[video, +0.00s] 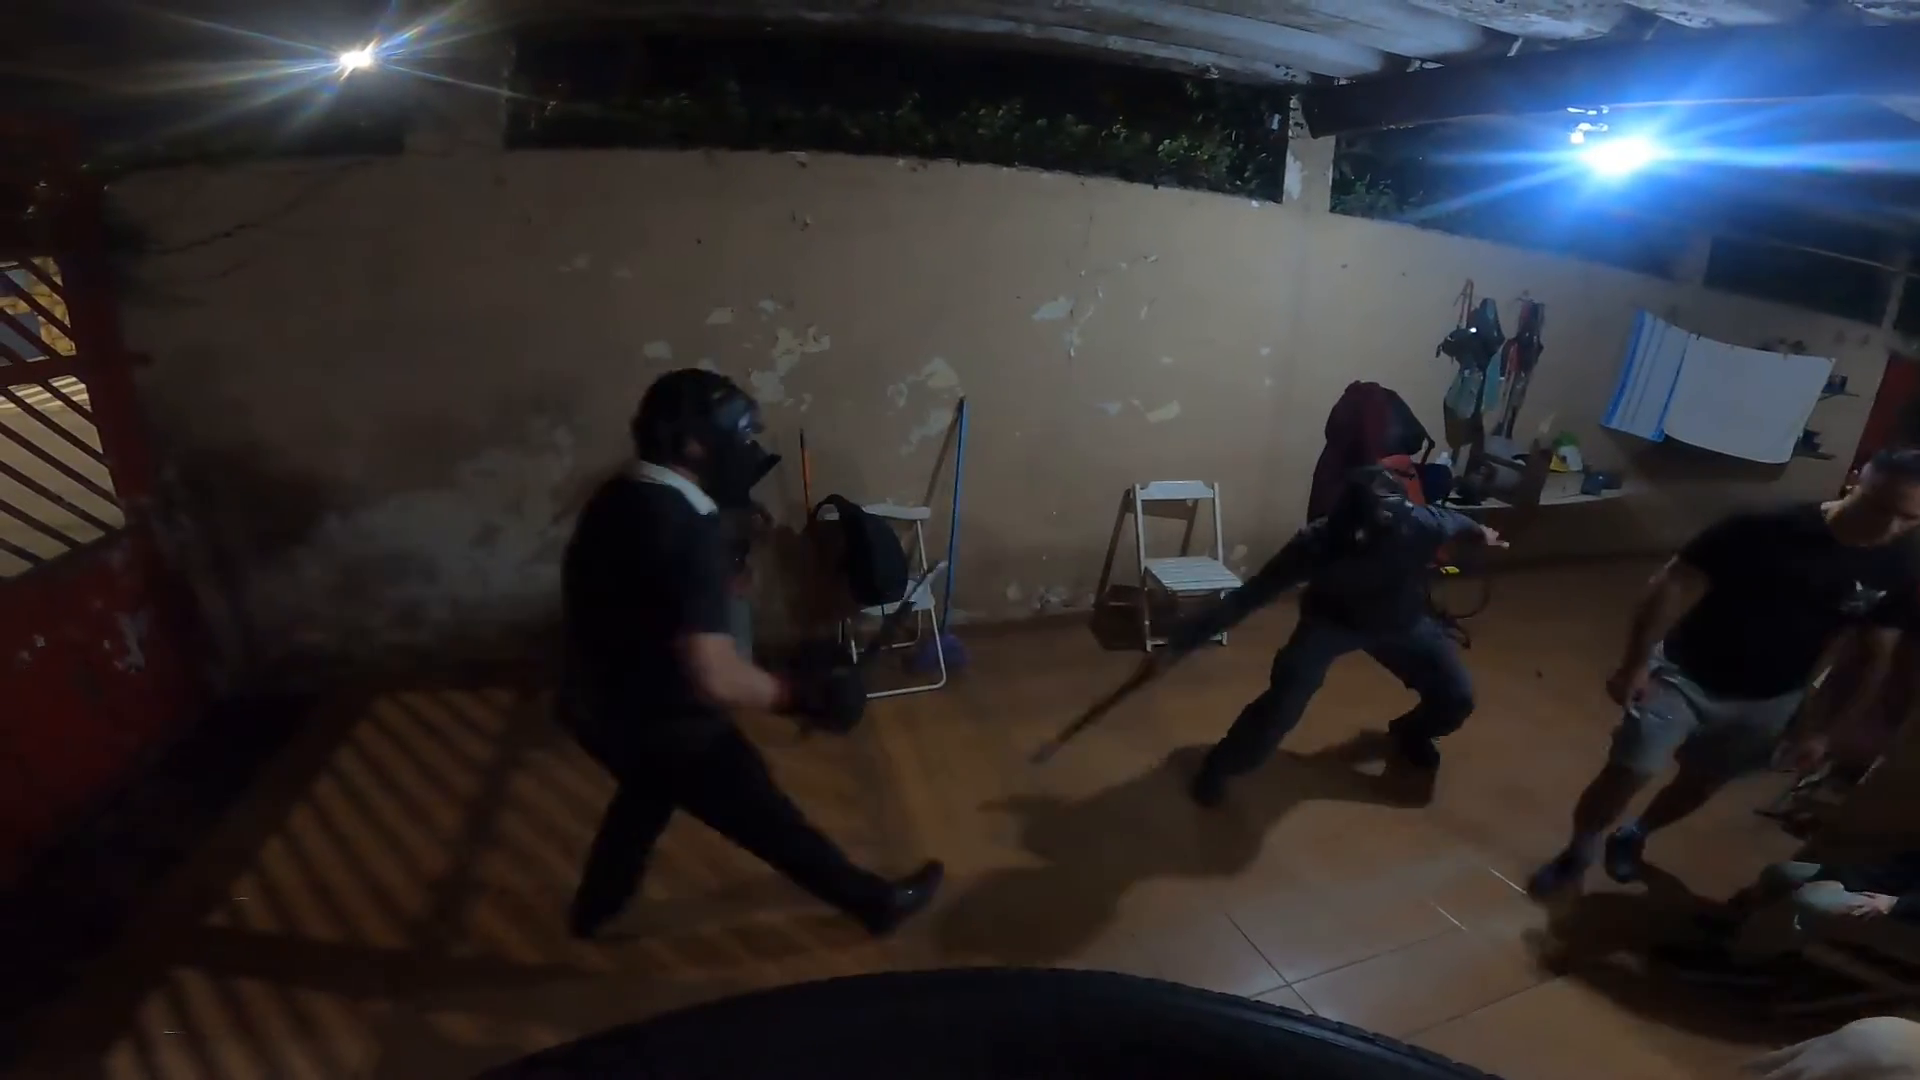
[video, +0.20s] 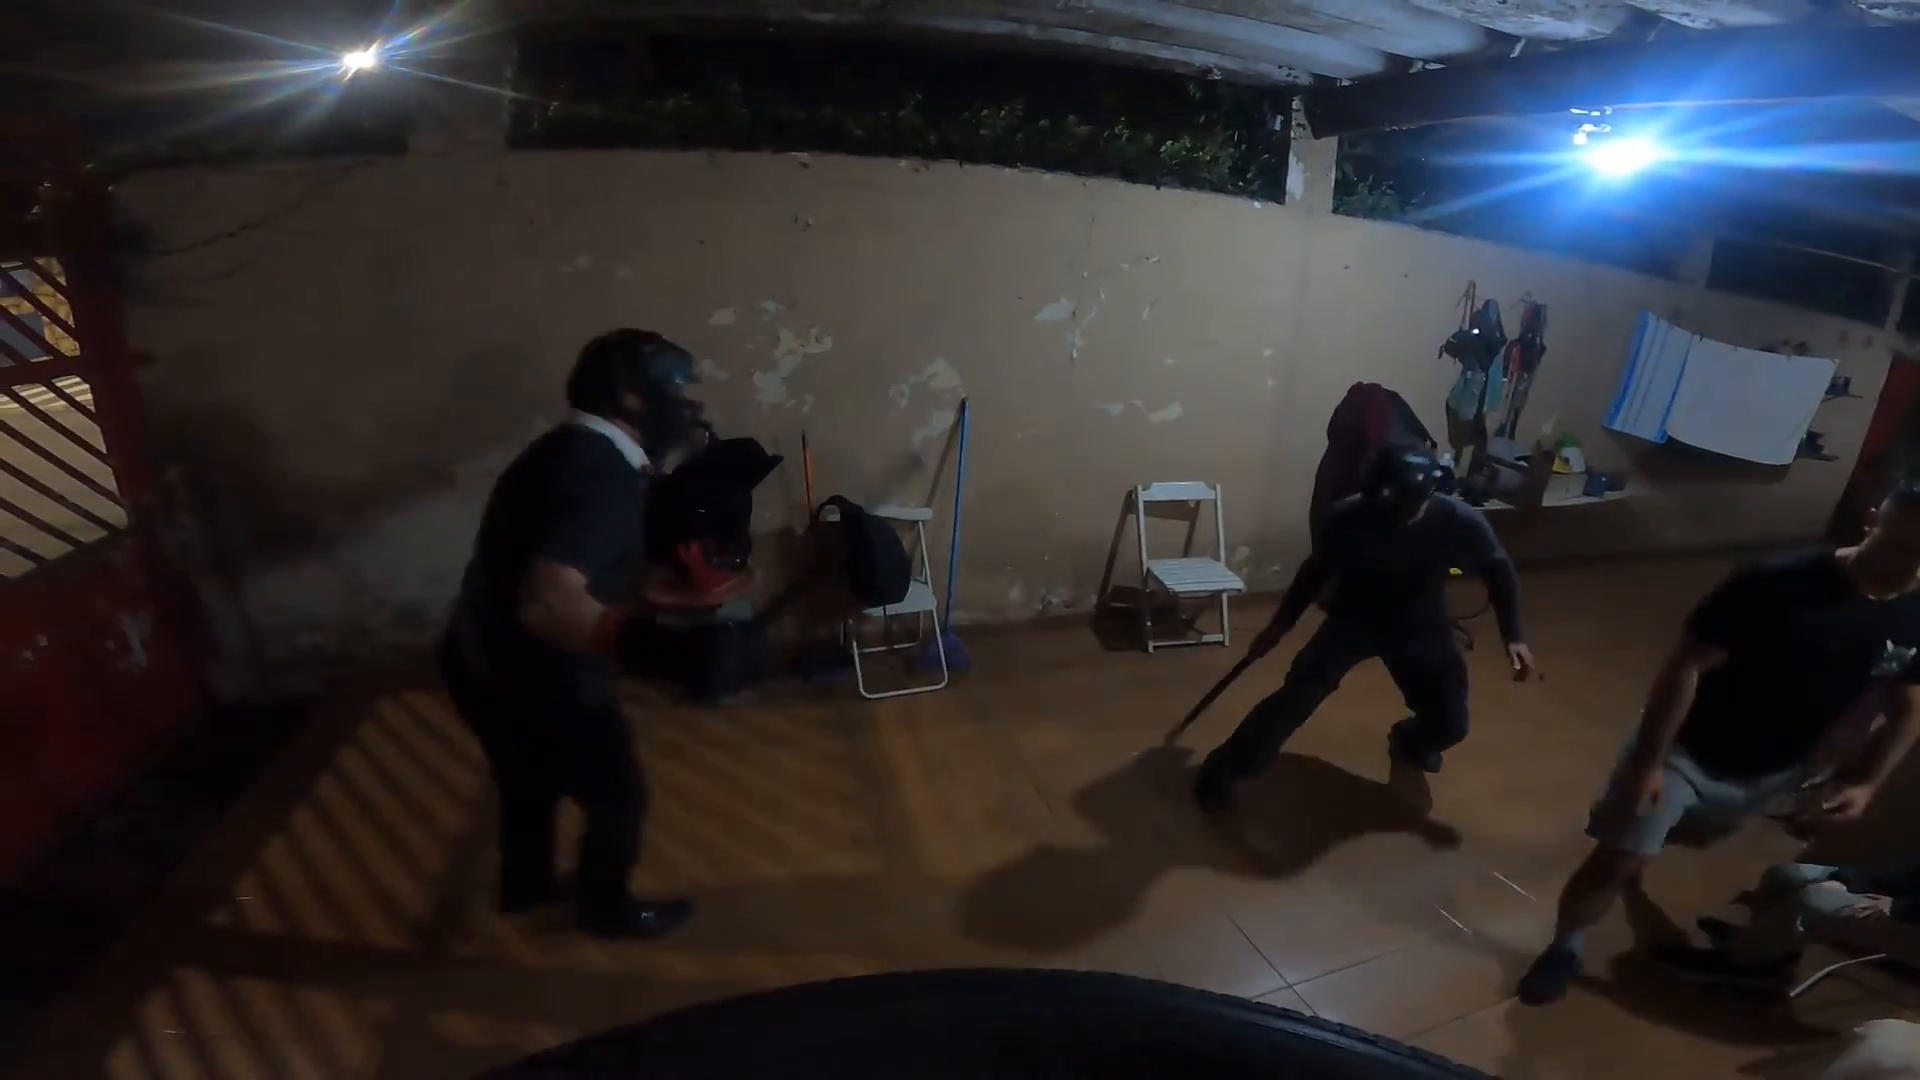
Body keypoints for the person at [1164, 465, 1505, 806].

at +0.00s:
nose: (1382, 534)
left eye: (1388, 522)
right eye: (1371, 527)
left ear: (1397, 517)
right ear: (1350, 523)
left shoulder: (1416, 525)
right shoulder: (1318, 541)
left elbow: (1455, 524)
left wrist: (1480, 533)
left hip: (1398, 622)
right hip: (1329, 624)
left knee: (1456, 697)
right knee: (1285, 703)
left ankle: (1411, 734)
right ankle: (1218, 770)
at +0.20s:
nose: (1408, 510)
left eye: (1415, 501)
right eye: (1399, 499)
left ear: (1429, 494)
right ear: (1381, 491)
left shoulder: (1458, 521)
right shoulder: (1347, 520)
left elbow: (1499, 570)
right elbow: (1311, 575)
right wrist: (1273, 631)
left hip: (1419, 629)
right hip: (1351, 624)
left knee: (1449, 723)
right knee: (1295, 702)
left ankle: (1410, 745)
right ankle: (1219, 775)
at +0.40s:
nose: (1426, 470)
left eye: (1437, 463)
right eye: (1421, 459)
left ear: (1463, 458)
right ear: (1415, 452)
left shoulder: (1498, 501)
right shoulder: (1386, 485)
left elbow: (1539, 569)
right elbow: (1344, 544)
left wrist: (1531, 621)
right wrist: (1298, 589)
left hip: (1441, 623)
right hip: (1371, 612)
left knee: (1455, 721)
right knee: (1302, 694)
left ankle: (1413, 741)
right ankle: (1227, 770)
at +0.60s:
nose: (1475, 457)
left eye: (1475, 446)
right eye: (1464, 448)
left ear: (1480, 440)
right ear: (1438, 439)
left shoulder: (1510, 490)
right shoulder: (1395, 471)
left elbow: (1543, 564)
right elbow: (1353, 528)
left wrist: (1521, 601)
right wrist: (1303, 572)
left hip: (1442, 619)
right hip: (1371, 607)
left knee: (1446, 717)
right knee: (1300, 692)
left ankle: (1415, 741)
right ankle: (1228, 771)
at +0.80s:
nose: (1407, 439)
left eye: (1419, 431)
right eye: (1406, 427)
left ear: (1450, 436)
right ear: (1401, 426)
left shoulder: (1488, 487)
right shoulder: (1370, 467)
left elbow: (1505, 564)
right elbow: (1334, 526)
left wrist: (1481, 627)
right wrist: (1293, 572)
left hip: (1424, 619)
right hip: (1355, 605)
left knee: (1438, 709)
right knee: (1296, 676)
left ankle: (1420, 736)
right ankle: (1233, 764)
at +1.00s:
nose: (1364, 465)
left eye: (1374, 456)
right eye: (1356, 455)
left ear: (1397, 442)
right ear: (1342, 442)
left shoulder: (1437, 480)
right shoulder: (1318, 470)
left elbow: (1463, 545)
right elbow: (1288, 522)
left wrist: (1432, 612)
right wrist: (1255, 577)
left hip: (1392, 610)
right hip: (1322, 602)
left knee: (1410, 698)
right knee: (1277, 674)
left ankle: (1421, 751)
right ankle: (1230, 766)